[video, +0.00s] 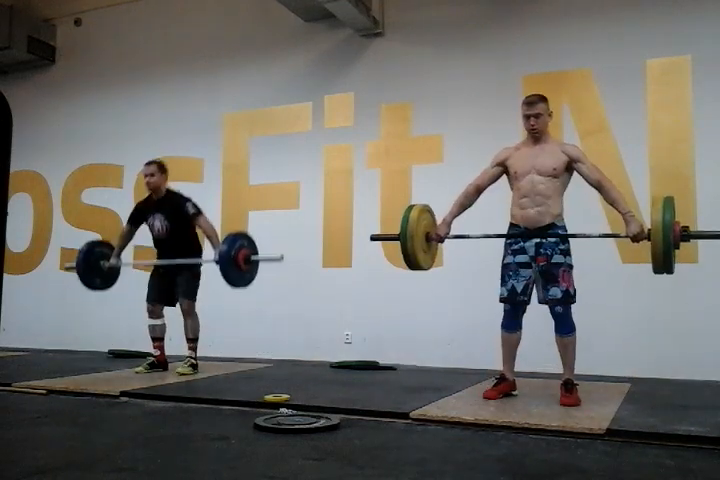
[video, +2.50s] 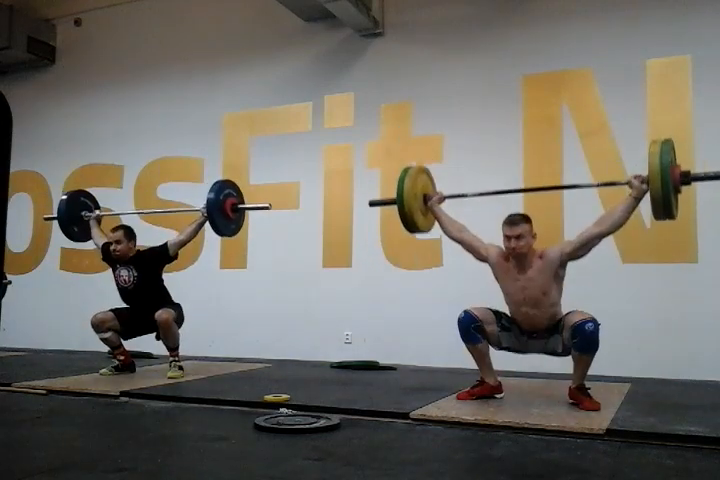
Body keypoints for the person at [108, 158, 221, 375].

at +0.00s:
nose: (148, 180)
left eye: (152, 175)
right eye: (145, 176)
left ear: (164, 176)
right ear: (144, 179)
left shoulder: (180, 201)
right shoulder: (143, 207)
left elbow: (203, 223)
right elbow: (128, 232)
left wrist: (218, 247)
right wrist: (115, 255)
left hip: (188, 263)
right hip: (164, 263)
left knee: (186, 306)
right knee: (154, 307)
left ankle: (191, 359)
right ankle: (159, 358)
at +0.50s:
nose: (172, 171)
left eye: (176, 167)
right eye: (169, 168)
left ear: (188, 169)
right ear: (167, 171)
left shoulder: (198, 194)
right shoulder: (161, 196)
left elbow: (212, 216)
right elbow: (139, 221)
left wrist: (221, 239)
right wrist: (119, 242)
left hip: (183, 260)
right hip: (159, 260)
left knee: (188, 307)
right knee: (158, 307)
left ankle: (191, 359)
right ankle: (159, 358)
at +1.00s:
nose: (146, 184)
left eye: (151, 180)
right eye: (144, 181)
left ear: (164, 184)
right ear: (143, 186)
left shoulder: (183, 209)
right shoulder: (144, 214)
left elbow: (205, 235)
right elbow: (131, 242)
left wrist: (223, 260)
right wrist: (121, 265)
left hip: (193, 265)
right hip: (167, 265)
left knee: (186, 306)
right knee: (150, 308)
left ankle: (191, 360)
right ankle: (159, 359)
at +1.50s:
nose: (157, 176)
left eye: (163, 174)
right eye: (156, 174)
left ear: (174, 182)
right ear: (155, 182)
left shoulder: (185, 208)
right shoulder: (147, 211)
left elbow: (205, 231)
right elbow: (131, 238)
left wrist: (217, 255)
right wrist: (116, 260)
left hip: (180, 272)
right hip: (156, 272)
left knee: (172, 314)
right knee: (139, 316)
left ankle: (188, 360)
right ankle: (159, 360)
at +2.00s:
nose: (139, 211)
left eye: (144, 207)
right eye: (138, 207)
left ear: (156, 208)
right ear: (136, 209)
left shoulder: (170, 225)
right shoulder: (134, 227)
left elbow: (191, 206)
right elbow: (110, 210)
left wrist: (201, 181)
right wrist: (96, 189)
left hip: (173, 289)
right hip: (148, 291)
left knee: (169, 313)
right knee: (107, 315)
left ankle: (177, 361)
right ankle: (124, 361)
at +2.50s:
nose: (113, 248)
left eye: (118, 243)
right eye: (111, 244)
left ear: (132, 244)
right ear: (109, 246)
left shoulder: (150, 257)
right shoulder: (114, 260)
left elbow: (181, 240)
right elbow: (98, 239)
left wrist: (203, 218)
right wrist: (93, 221)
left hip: (164, 311)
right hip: (138, 313)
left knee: (163, 317)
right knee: (99, 321)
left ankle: (175, 362)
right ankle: (125, 362)